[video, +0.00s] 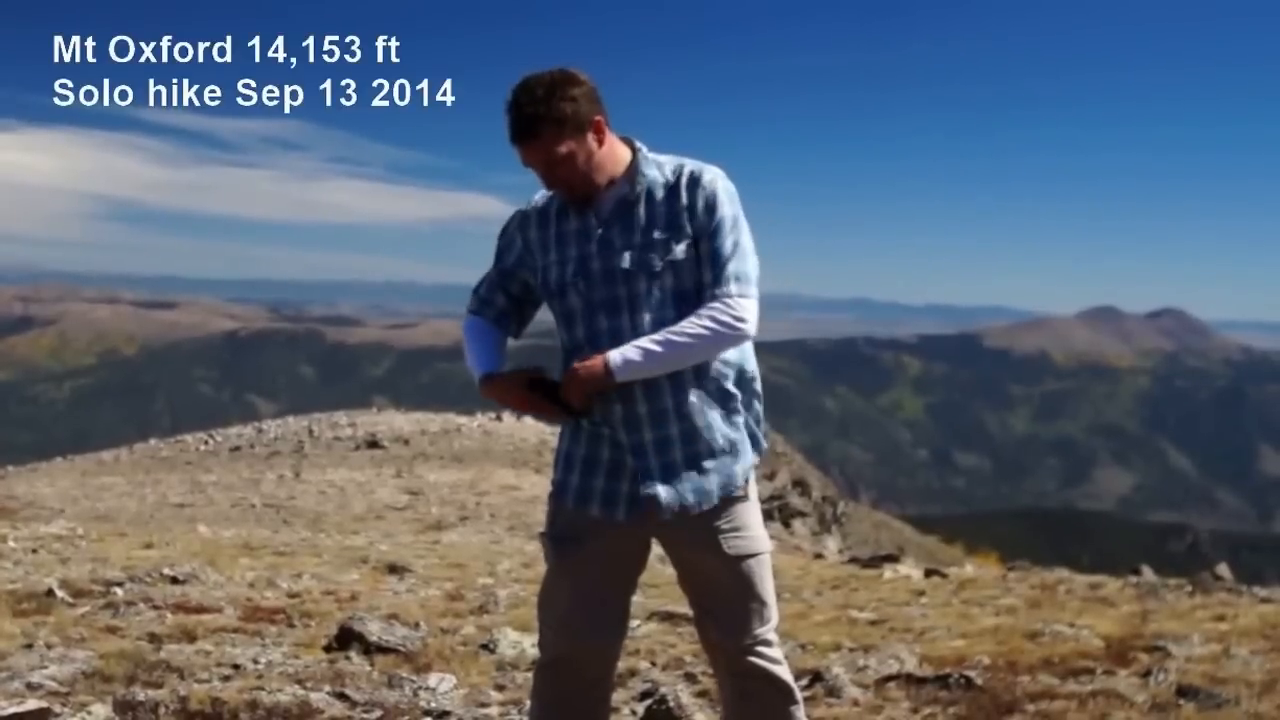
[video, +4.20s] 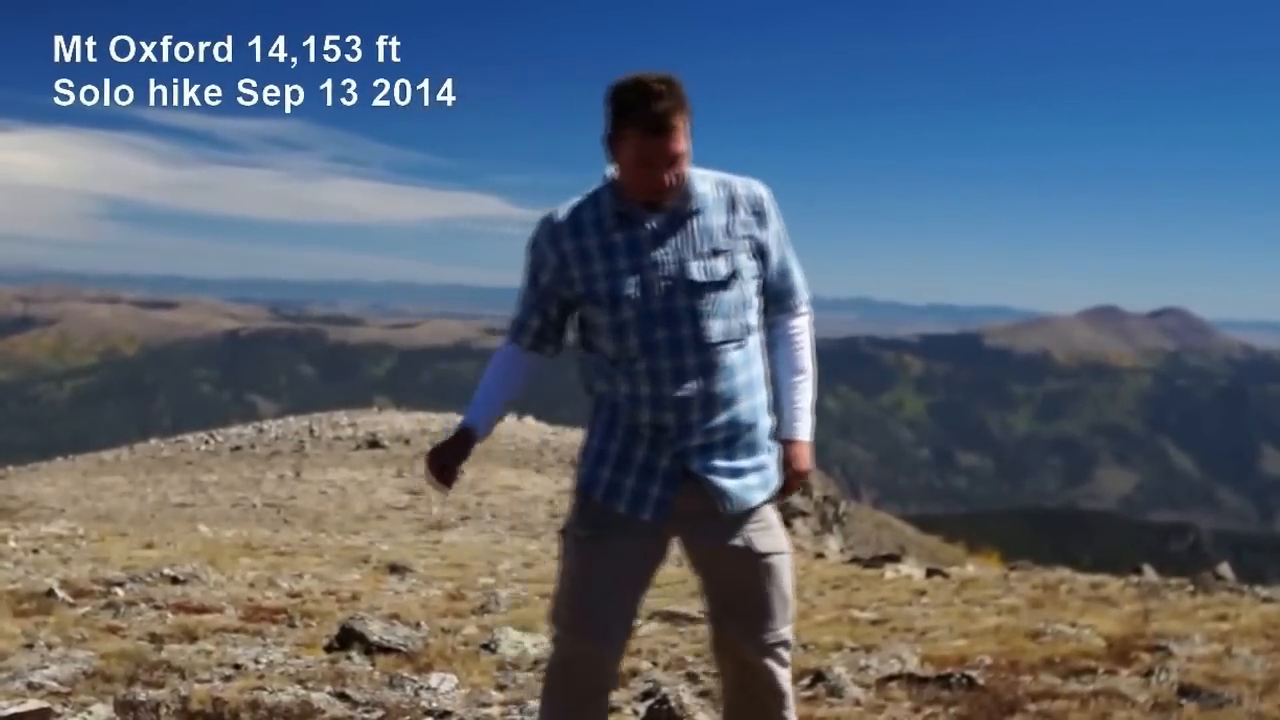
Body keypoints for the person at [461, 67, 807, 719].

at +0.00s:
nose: (550, 180)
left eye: (558, 161)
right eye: (537, 168)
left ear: (597, 133)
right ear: (526, 158)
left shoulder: (699, 191)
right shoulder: (534, 231)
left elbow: (734, 315)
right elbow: (486, 316)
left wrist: (611, 365)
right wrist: (493, 378)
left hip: (705, 463)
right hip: (595, 468)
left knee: (751, 663)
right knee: (569, 668)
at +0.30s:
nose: (514, 193)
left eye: (522, 173)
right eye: (499, 181)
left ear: (560, 144)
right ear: (484, 172)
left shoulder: (665, 186)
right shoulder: (509, 249)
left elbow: (739, 295)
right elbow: (488, 361)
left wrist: (665, 381)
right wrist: (468, 456)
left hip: (697, 458)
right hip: (587, 471)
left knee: (746, 658)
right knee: (566, 666)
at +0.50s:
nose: (524, 182)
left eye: (531, 160)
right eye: (505, 173)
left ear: (561, 140)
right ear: (488, 175)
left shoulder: (658, 185)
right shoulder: (504, 270)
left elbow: (745, 270)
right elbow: (498, 395)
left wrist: (751, 392)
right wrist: (476, 507)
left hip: (701, 459)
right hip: (592, 475)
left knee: (749, 658)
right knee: (567, 672)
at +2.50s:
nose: (461, 227)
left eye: (468, 207)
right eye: (444, 216)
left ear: (499, 170)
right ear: (425, 202)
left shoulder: (600, 192)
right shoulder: (439, 275)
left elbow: (687, 273)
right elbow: (427, 376)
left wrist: (706, 391)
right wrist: (431, 471)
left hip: (643, 447)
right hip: (536, 463)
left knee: (676, 646)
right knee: (542, 663)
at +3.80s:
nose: (511, 167)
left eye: (520, 148)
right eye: (493, 155)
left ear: (542, 132)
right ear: (466, 152)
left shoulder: (622, 189)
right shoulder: (450, 251)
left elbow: (691, 290)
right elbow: (447, 360)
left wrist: (709, 411)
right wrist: (460, 461)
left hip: (649, 448)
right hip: (539, 462)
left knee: (698, 641)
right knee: (541, 656)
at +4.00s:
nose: (581, 170)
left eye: (589, 153)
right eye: (563, 158)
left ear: (608, 133)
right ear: (533, 151)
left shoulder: (679, 199)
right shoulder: (500, 241)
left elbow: (732, 304)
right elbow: (469, 353)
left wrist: (744, 423)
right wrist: (435, 455)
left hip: (681, 461)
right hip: (570, 470)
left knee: (733, 656)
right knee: (556, 666)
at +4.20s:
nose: (670, 177)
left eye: (678, 160)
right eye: (653, 164)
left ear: (691, 141)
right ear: (615, 151)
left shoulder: (747, 207)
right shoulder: (568, 238)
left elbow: (790, 316)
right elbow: (526, 343)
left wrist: (797, 434)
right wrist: (468, 432)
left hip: (737, 469)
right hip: (624, 474)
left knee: (763, 664)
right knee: (582, 661)